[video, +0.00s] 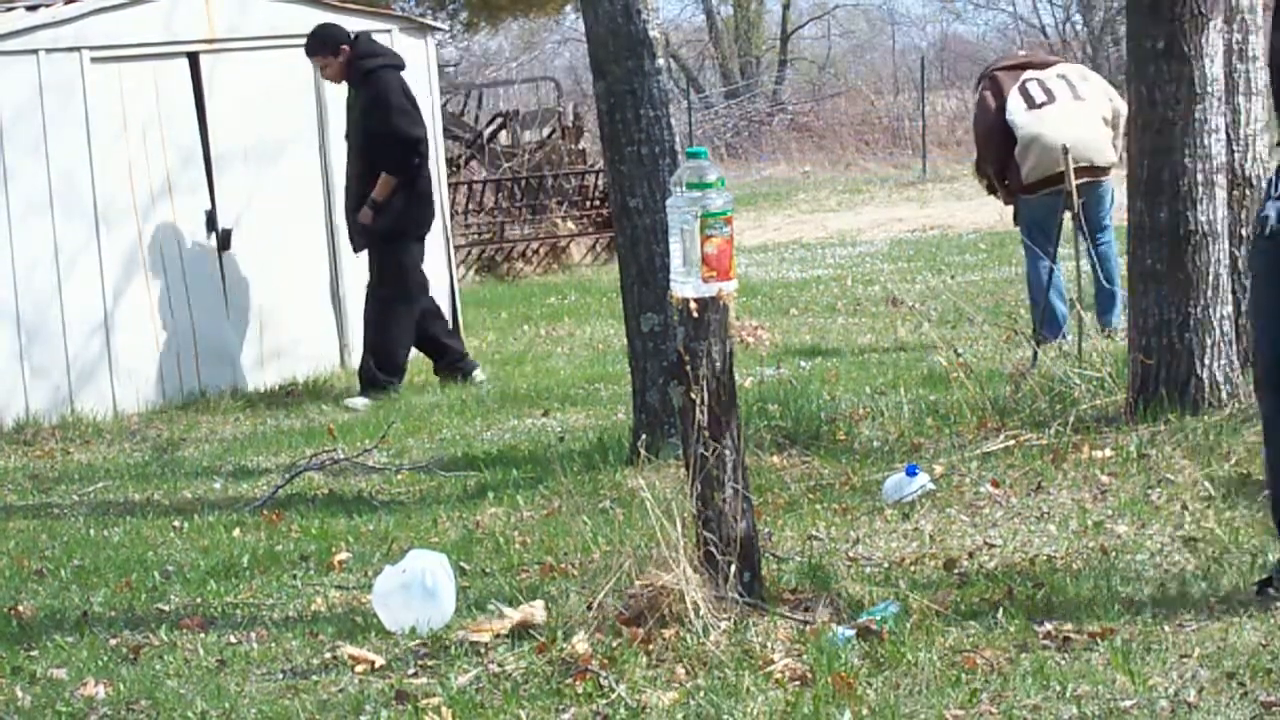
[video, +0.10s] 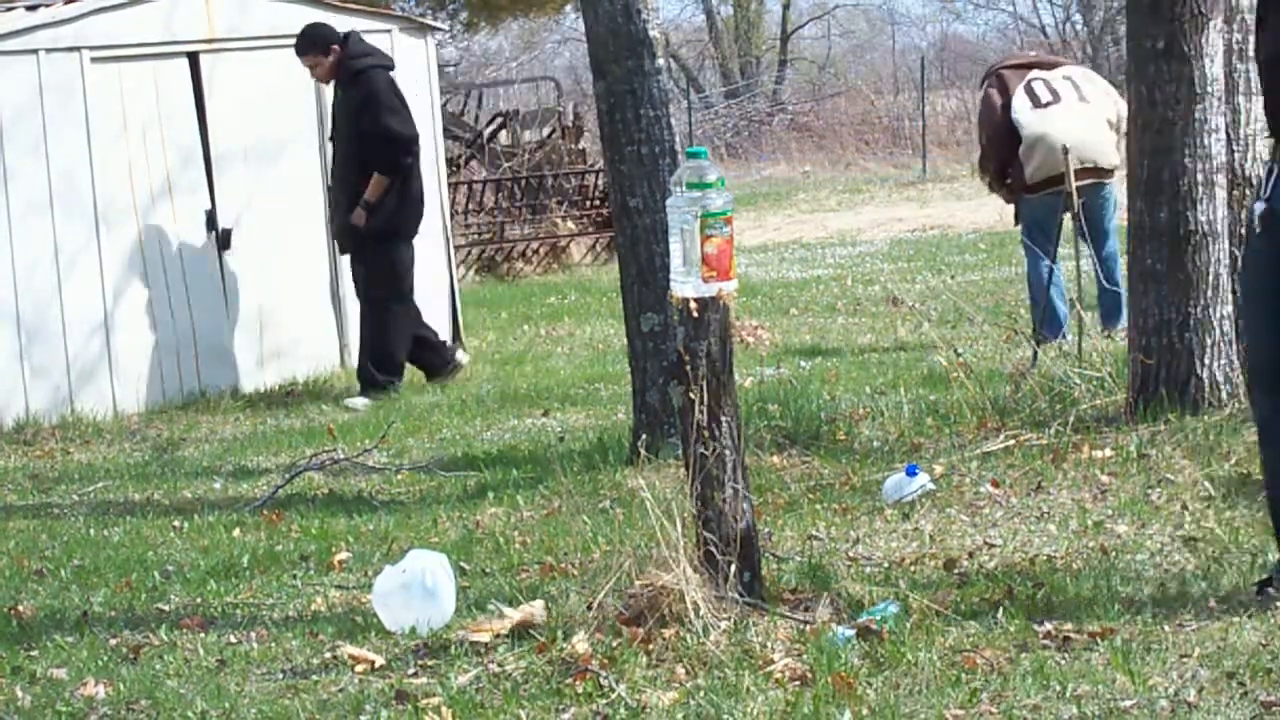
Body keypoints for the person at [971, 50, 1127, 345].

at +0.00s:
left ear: (1006, 65)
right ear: (1045, 56)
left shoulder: (996, 80)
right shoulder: (1077, 69)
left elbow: (987, 133)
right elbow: (1119, 107)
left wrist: (1000, 183)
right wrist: (1111, 154)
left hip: (1038, 168)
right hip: (1093, 159)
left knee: (1041, 252)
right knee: (1101, 236)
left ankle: (1052, 336)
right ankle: (1113, 322)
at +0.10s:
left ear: (1008, 65)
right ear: (1048, 57)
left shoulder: (1000, 80)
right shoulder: (1082, 71)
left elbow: (994, 135)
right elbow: (1120, 110)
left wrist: (998, 181)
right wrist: (1113, 157)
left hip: (1041, 166)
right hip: (1097, 159)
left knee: (1041, 252)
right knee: (1105, 246)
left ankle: (1053, 336)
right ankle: (1116, 325)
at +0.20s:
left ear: (1014, 66)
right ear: (1053, 57)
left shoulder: (1008, 79)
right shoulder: (1088, 74)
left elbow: (1001, 137)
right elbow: (1124, 113)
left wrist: (1003, 181)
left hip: (1046, 169)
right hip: (1102, 163)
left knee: (1042, 252)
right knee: (1107, 248)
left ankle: (1052, 336)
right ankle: (1116, 325)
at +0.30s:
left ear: (1021, 68)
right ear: (1059, 58)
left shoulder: (1017, 80)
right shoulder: (1098, 75)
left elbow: (1009, 136)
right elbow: (1130, 117)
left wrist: (1011, 181)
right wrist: (1129, 163)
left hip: (1052, 169)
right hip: (1108, 162)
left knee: (1046, 252)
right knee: (1110, 248)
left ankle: (1052, 336)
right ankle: (1118, 326)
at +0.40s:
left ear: (1033, 64)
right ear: (1073, 58)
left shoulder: (1027, 78)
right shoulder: (1108, 76)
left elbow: (1014, 135)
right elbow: (1132, 120)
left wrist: (1018, 178)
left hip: (1056, 173)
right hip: (1112, 166)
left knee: (1052, 251)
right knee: (1114, 247)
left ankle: (1051, 336)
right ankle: (1118, 327)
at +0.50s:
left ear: (1043, 63)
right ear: (1082, 55)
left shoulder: (1034, 79)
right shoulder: (1115, 76)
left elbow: (1020, 134)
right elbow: (1136, 120)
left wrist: (1023, 177)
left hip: (1062, 173)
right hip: (1117, 167)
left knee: (1055, 248)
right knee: (1116, 243)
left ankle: (1053, 332)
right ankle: (1118, 324)